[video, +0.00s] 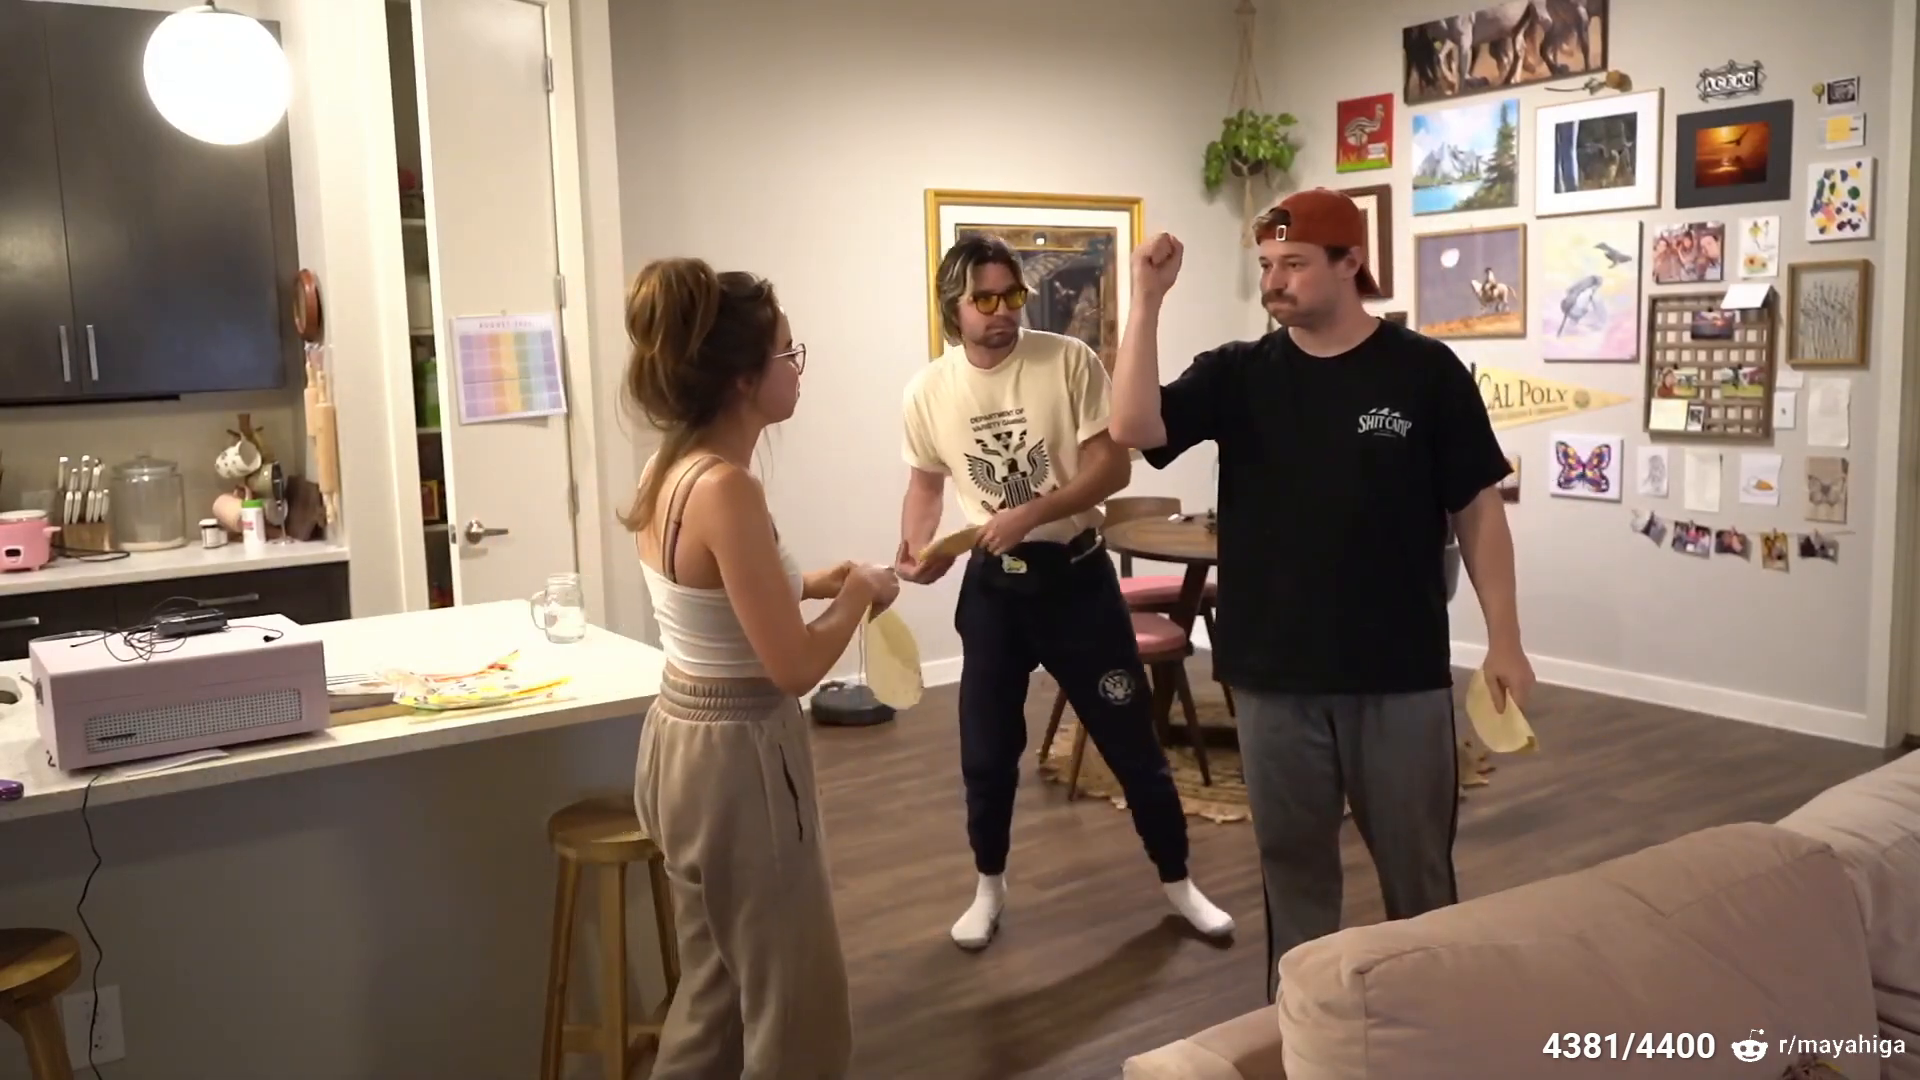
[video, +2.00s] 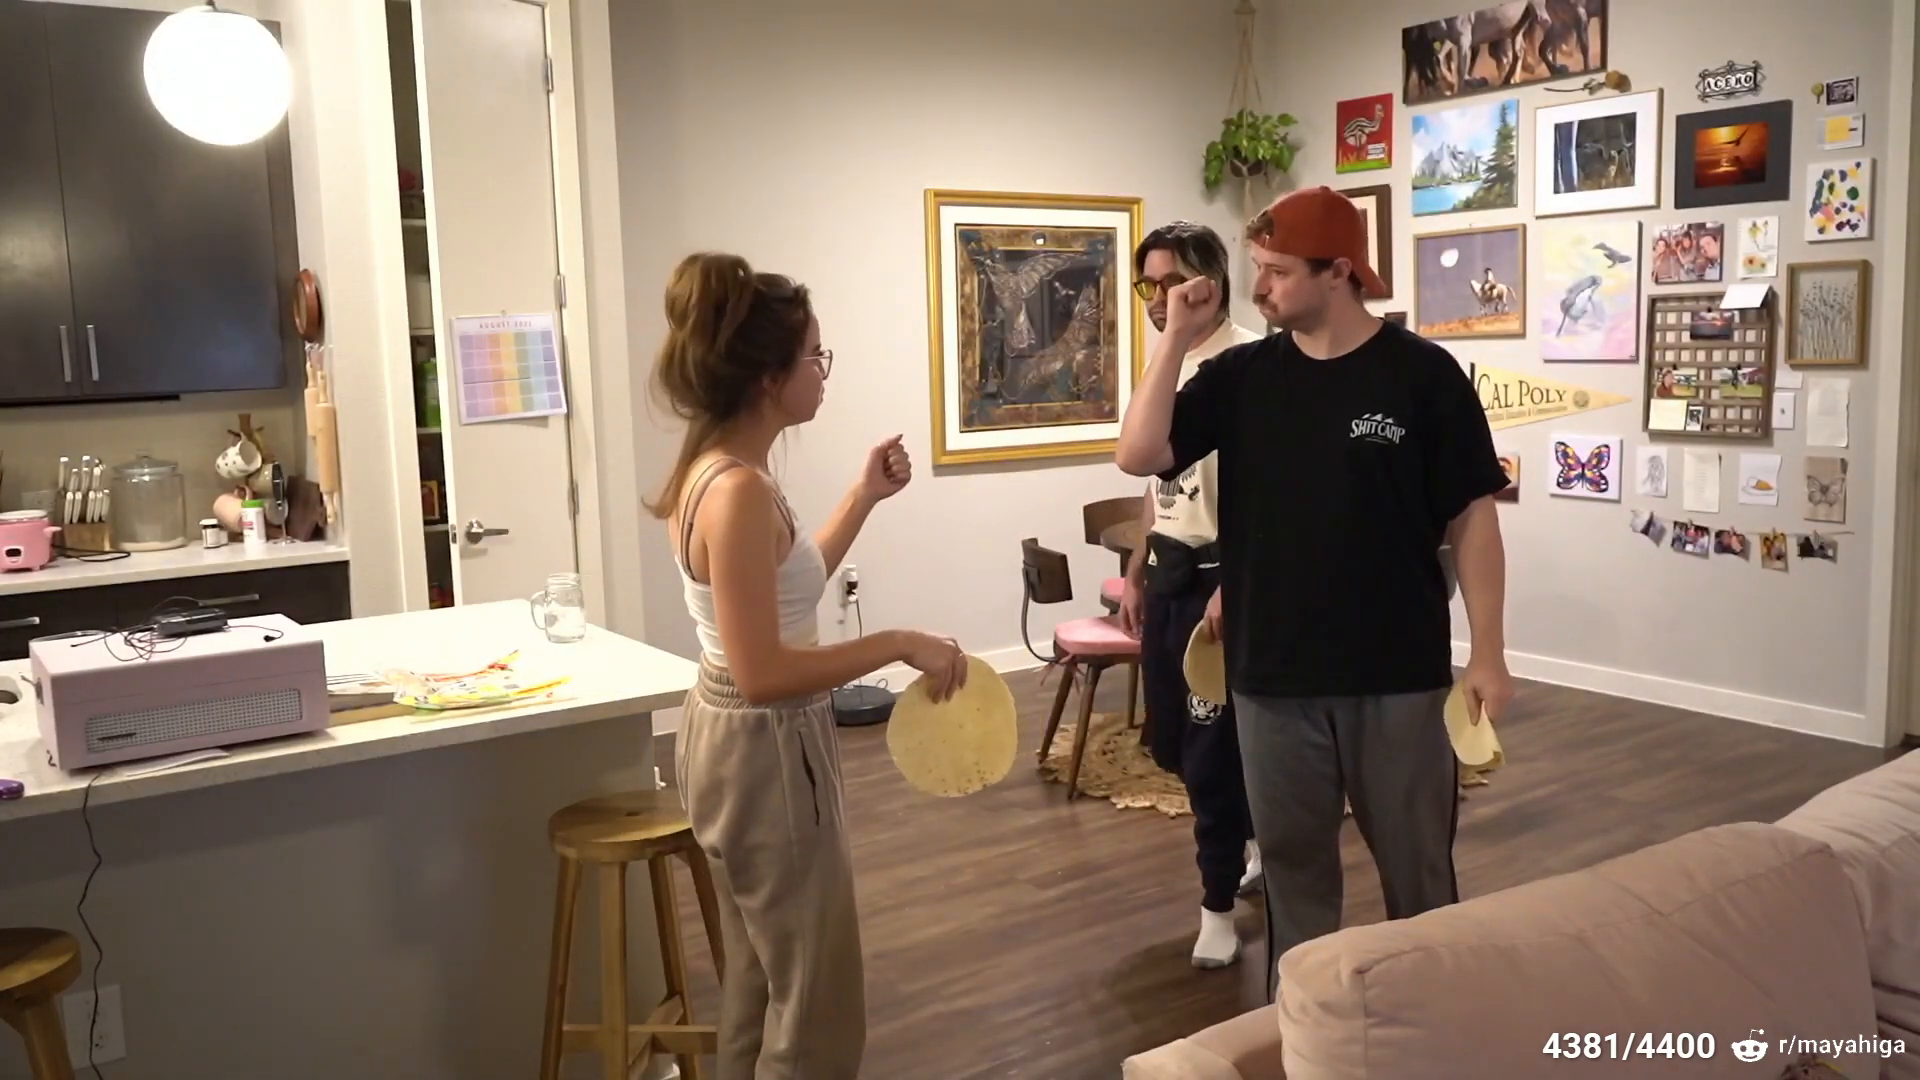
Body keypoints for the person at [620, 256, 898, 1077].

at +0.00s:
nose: (802, 364)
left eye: (795, 348)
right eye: (788, 353)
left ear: (729, 380)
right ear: (744, 381)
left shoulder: (672, 475)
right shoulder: (725, 488)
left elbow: (724, 609)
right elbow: (795, 667)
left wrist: (827, 583)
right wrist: (858, 597)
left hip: (679, 739)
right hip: (741, 756)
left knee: (711, 991)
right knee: (796, 997)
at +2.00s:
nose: (826, 369)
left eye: (821, 354)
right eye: (815, 357)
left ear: (756, 379)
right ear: (766, 378)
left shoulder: (712, 472)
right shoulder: (738, 491)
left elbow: (789, 588)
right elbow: (760, 673)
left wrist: (862, 496)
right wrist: (898, 643)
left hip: (729, 736)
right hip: (766, 751)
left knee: (759, 975)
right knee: (817, 998)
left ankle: (738, 1073)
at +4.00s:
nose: (848, 365)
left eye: (844, 351)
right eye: (838, 354)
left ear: (781, 377)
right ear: (793, 376)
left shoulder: (752, 469)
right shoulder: (764, 485)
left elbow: (827, 584)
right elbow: (779, 667)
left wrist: (915, 501)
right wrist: (925, 643)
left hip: (765, 732)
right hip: (785, 747)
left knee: (781, 966)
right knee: (812, 981)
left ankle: (762, 1071)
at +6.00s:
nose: (866, 382)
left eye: (864, 365)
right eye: (855, 369)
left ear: (796, 382)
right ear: (797, 382)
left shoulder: (783, 473)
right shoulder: (761, 489)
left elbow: (797, 616)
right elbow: (750, 671)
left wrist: (888, 627)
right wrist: (896, 663)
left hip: (798, 739)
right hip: (782, 751)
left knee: (795, 970)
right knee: (811, 983)